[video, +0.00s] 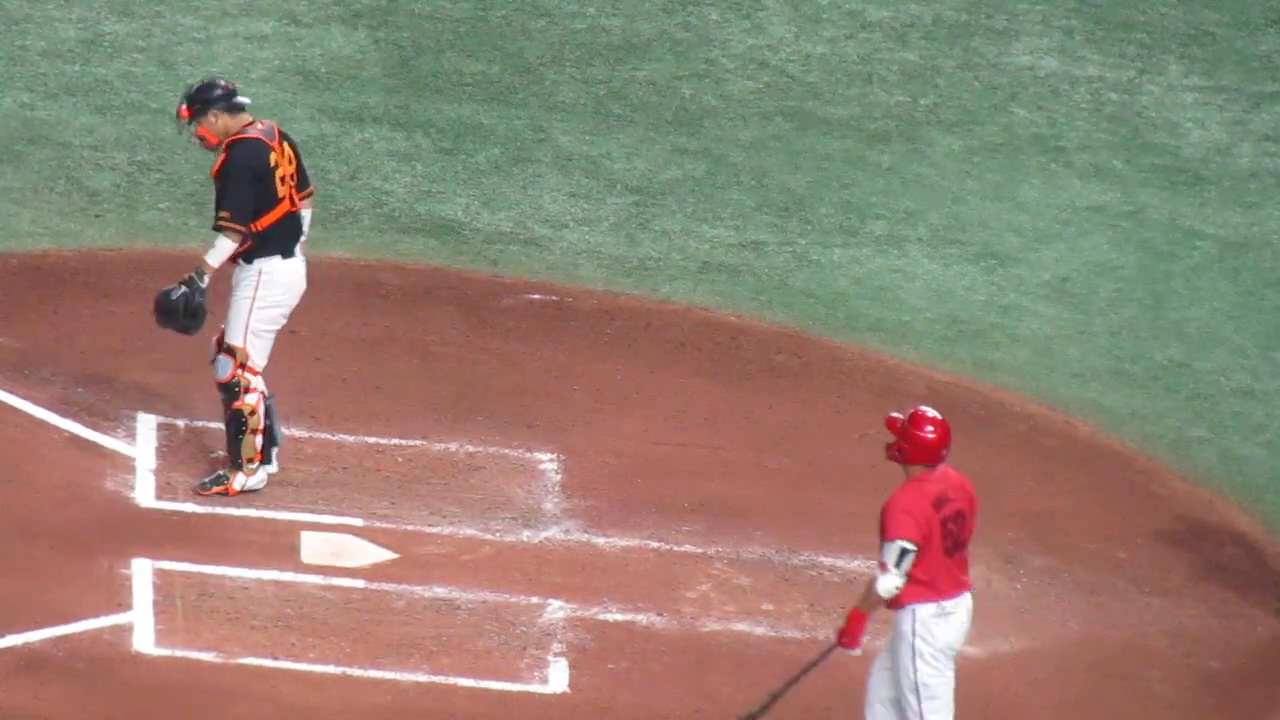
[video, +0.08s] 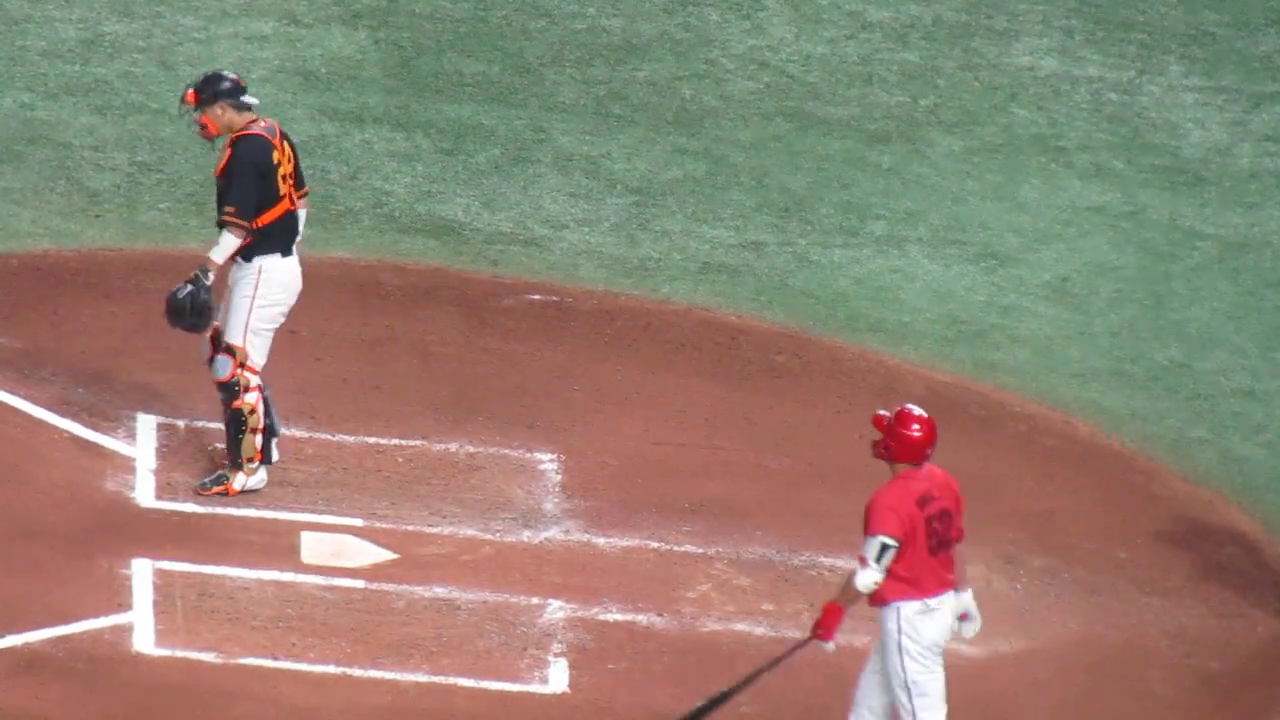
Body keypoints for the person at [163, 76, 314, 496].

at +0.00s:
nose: (198, 134)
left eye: (199, 123)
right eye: (195, 126)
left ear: (219, 114)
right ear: (227, 112)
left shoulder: (241, 155)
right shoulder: (271, 133)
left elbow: (232, 230)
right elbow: (303, 197)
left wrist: (197, 278)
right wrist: (291, 245)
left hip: (265, 271)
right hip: (285, 265)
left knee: (235, 365)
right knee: (231, 351)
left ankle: (247, 468)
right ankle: (262, 448)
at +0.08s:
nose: (199, 121)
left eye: (203, 112)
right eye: (198, 113)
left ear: (225, 108)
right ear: (229, 107)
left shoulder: (246, 151)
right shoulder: (269, 132)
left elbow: (237, 226)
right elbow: (299, 200)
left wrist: (202, 276)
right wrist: (279, 249)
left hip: (261, 269)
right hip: (275, 264)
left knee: (234, 365)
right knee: (223, 347)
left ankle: (247, 468)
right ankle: (260, 434)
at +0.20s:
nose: (208, 103)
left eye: (214, 97)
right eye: (209, 96)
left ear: (237, 100)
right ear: (239, 99)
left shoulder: (254, 144)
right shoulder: (259, 132)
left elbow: (247, 218)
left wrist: (219, 274)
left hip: (263, 266)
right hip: (255, 264)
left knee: (235, 363)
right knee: (217, 350)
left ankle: (249, 469)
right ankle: (249, 430)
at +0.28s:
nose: (211, 98)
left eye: (218, 92)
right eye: (212, 90)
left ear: (240, 98)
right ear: (240, 97)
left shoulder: (259, 142)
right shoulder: (250, 133)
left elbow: (257, 215)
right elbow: (250, 208)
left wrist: (232, 272)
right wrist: (232, 261)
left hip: (267, 266)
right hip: (253, 262)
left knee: (236, 363)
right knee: (218, 350)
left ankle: (249, 469)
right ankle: (247, 430)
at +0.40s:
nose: (214, 91)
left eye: (222, 86)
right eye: (215, 84)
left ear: (244, 94)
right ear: (234, 92)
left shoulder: (263, 138)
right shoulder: (230, 134)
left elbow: (272, 209)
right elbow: (240, 201)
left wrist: (260, 269)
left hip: (269, 257)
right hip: (242, 255)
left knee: (243, 360)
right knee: (221, 347)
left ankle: (251, 466)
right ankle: (243, 429)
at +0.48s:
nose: (214, 86)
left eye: (222, 81)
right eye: (215, 79)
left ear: (244, 88)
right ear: (231, 86)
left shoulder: (266, 135)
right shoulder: (229, 128)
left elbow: (282, 205)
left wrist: (277, 267)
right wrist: (218, 142)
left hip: (272, 252)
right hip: (243, 251)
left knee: (249, 356)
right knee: (222, 345)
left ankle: (253, 458)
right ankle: (242, 428)